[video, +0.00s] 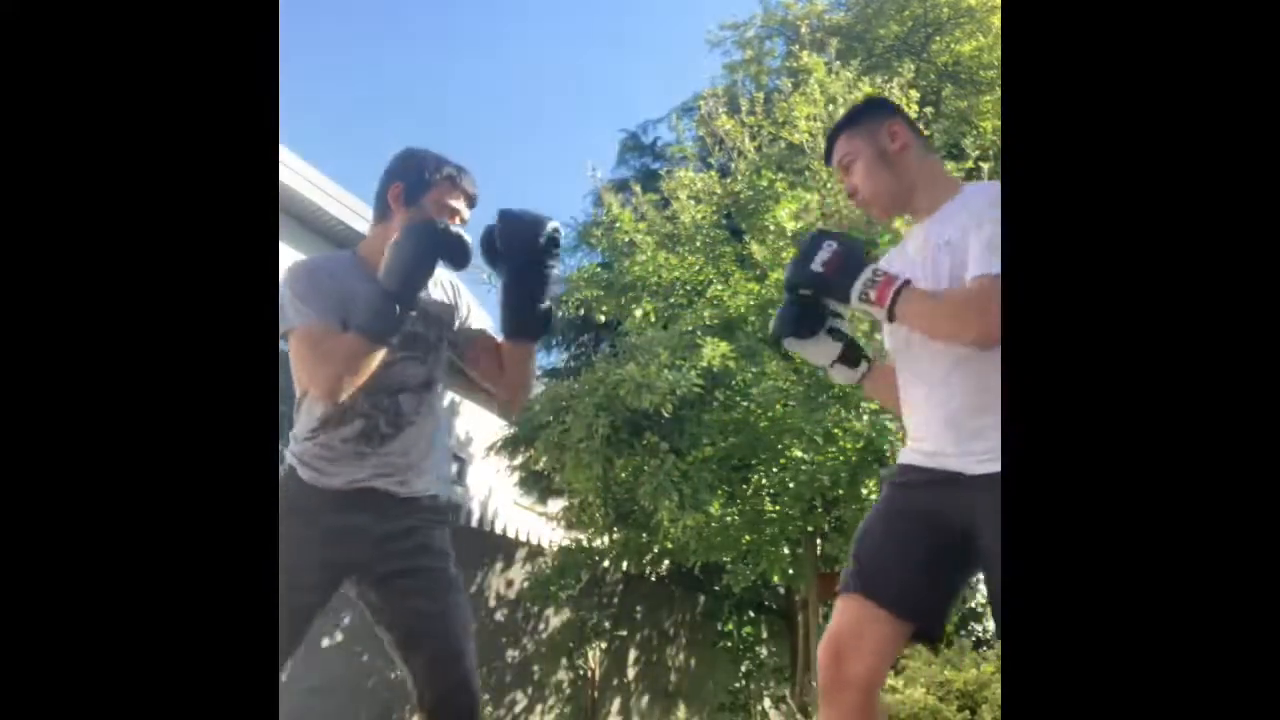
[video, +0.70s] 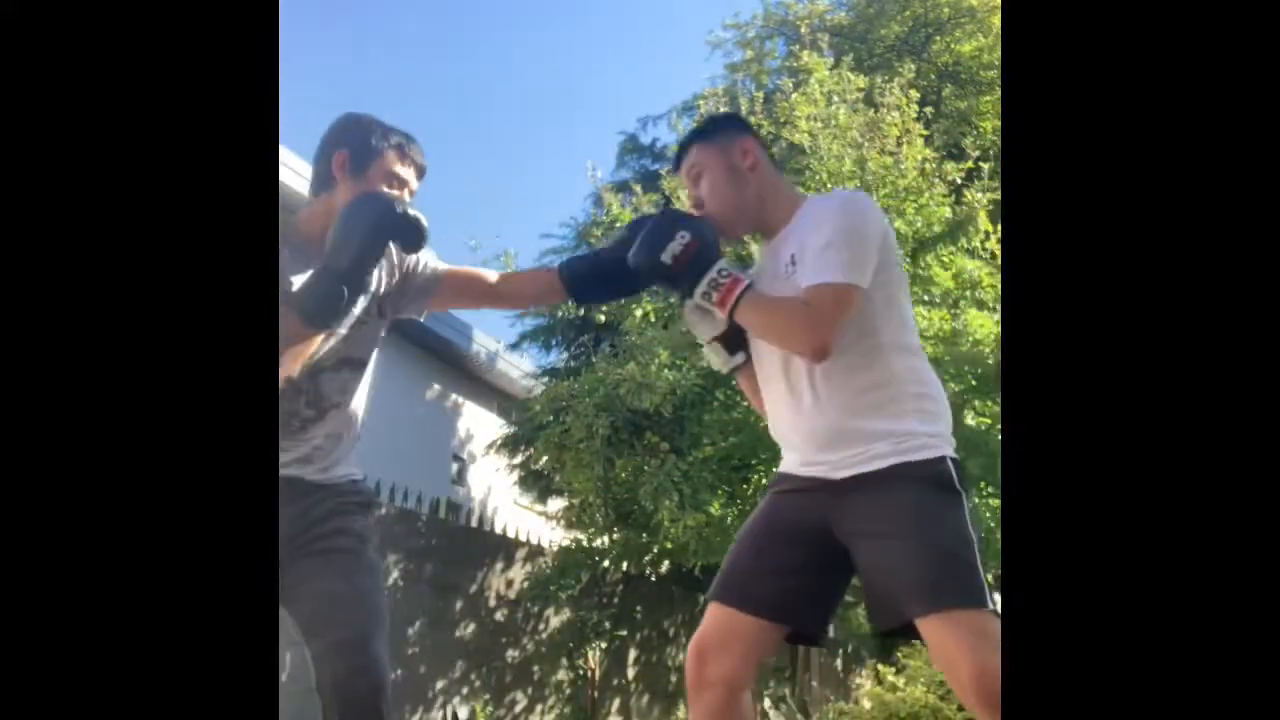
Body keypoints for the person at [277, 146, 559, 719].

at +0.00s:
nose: (459, 225)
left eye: (465, 215)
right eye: (451, 205)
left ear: (460, 230)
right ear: (397, 195)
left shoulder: (445, 303)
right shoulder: (313, 276)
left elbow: (511, 392)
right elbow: (326, 383)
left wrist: (524, 281)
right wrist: (396, 290)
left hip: (412, 519)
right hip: (311, 507)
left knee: (456, 701)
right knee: (277, 663)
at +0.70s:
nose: (405, 204)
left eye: (411, 192)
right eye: (394, 183)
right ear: (340, 165)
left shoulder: (384, 268)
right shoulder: (287, 249)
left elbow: (499, 288)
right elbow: (285, 362)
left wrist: (615, 264)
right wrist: (335, 282)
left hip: (322, 497)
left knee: (361, 681)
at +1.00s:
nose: (385, 147)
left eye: (391, 135)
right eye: (374, 125)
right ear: (313, 103)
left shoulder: (374, 227)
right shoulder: (284, 206)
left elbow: (431, 340)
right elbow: (284, 294)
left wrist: (511, 285)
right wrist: (310, 217)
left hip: (324, 474)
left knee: (356, 683)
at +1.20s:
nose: (319, 126)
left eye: (325, 115)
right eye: (308, 103)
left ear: (325, 121)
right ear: (277, 86)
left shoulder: (297, 225)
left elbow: (331, 334)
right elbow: (330, 333)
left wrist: (403, 266)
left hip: (288, 454)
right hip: (289, 454)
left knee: (342, 684)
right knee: (337, 683)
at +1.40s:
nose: (352, 77)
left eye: (356, 65)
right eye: (343, 59)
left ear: (326, 82)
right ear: (299, 64)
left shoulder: (292, 178)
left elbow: (359, 282)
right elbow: (359, 280)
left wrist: (382, 161)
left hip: (282, 432)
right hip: (281, 435)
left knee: (321, 650)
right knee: (318, 652)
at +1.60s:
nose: (377, 134)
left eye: (388, 117)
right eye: (378, 106)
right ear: (342, 71)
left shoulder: (318, 191)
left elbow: (419, 305)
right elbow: (344, 232)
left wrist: (456, 184)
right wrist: (412, 121)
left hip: (284, 450)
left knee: (337, 675)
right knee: (334, 675)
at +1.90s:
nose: (343, 102)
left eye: (353, 88)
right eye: (337, 70)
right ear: (287, 41)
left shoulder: (290, 188)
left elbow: (318, 344)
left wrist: (437, 291)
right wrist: (396, 223)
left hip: (282, 463)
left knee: (346, 658)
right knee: (342, 657)